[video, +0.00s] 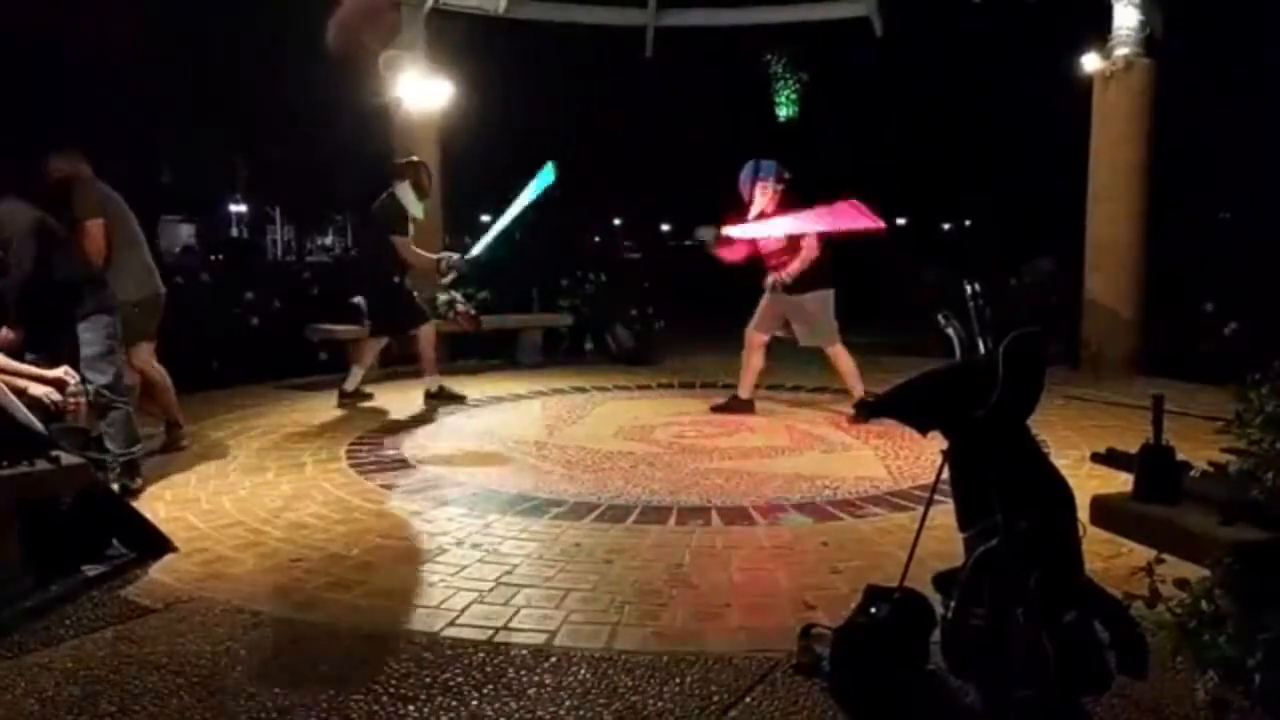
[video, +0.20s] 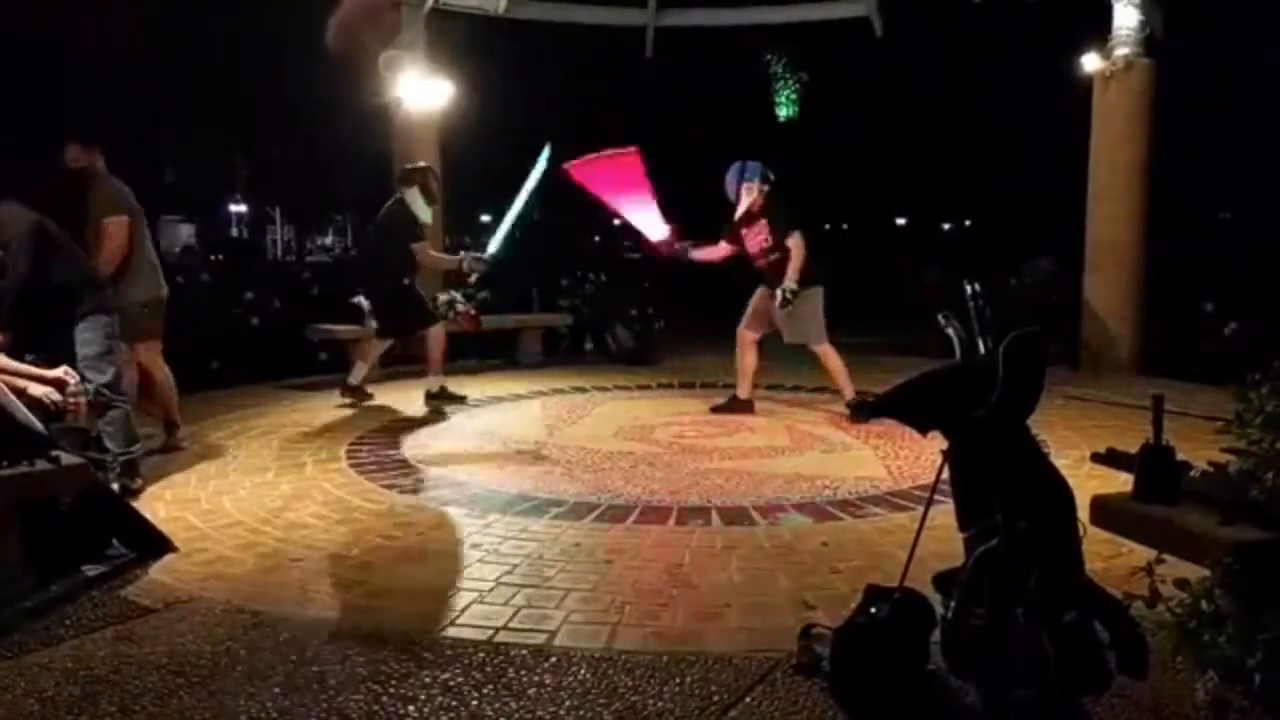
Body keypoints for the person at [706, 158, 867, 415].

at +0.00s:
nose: (767, 195)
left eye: (772, 189)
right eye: (761, 189)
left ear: (779, 191)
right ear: (751, 190)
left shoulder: (797, 215)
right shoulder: (753, 220)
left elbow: (812, 248)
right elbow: (738, 253)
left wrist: (785, 273)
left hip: (812, 288)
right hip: (778, 289)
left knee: (831, 345)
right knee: (755, 337)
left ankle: (861, 399)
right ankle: (743, 398)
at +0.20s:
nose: (749, 194)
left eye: (754, 188)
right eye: (745, 189)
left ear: (764, 188)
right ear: (736, 191)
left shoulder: (776, 210)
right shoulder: (739, 223)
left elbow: (797, 245)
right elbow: (724, 250)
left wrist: (790, 282)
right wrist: (688, 253)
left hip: (802, 283)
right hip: (771, 286)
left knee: (818, 344)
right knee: (746, 335)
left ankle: (852, 399)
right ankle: (742, 398)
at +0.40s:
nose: (747, 189)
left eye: (751, 183)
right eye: (745, 183)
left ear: (761, 183)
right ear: (740, 184)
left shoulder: (778, 205)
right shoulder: (746, 217)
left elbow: (797, 242)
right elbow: (741, 253)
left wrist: (778, 276)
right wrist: (712, 270)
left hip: (801, 282)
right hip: (769, 282)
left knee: (812, 342)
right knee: (751, 336)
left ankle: (844, 399)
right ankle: (743, 397)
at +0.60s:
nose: (768, 187)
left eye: (772, 181)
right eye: (768, 181)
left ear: (781, 181)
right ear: (773, 180)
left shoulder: (795, 206)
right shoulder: (776, 208)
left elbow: (794, 249)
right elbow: (782, 245)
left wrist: (757, 244)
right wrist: (756, 241)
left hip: (806, 288)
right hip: (782, 287)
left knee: (813, 344)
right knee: (764, 340)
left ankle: (843, 400)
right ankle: (745, 397)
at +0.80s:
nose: (787, 179)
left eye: (790, 173)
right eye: (788, 173)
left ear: (802, 173)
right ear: (809, 173)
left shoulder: (812, 200)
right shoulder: (804, 198)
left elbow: (786, 234)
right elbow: (790, 233)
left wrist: (770, 218)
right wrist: (781, 222)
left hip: (822, 282)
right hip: (804, 281)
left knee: (825, 340)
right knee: (782, 331)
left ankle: (844, 399)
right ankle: (781, 395)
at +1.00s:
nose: (800, 174)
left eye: (803, 169)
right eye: (800, 169)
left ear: (815, 167)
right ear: (817, 167)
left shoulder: (825, 194)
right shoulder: (813, 193)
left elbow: (780, 222)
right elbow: (786, 219)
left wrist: (781, 191)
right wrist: (789, 193)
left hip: (829, 278)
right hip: (810, 278)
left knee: (833, 338)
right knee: (801, 334)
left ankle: (845, 398)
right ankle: (821, 393)